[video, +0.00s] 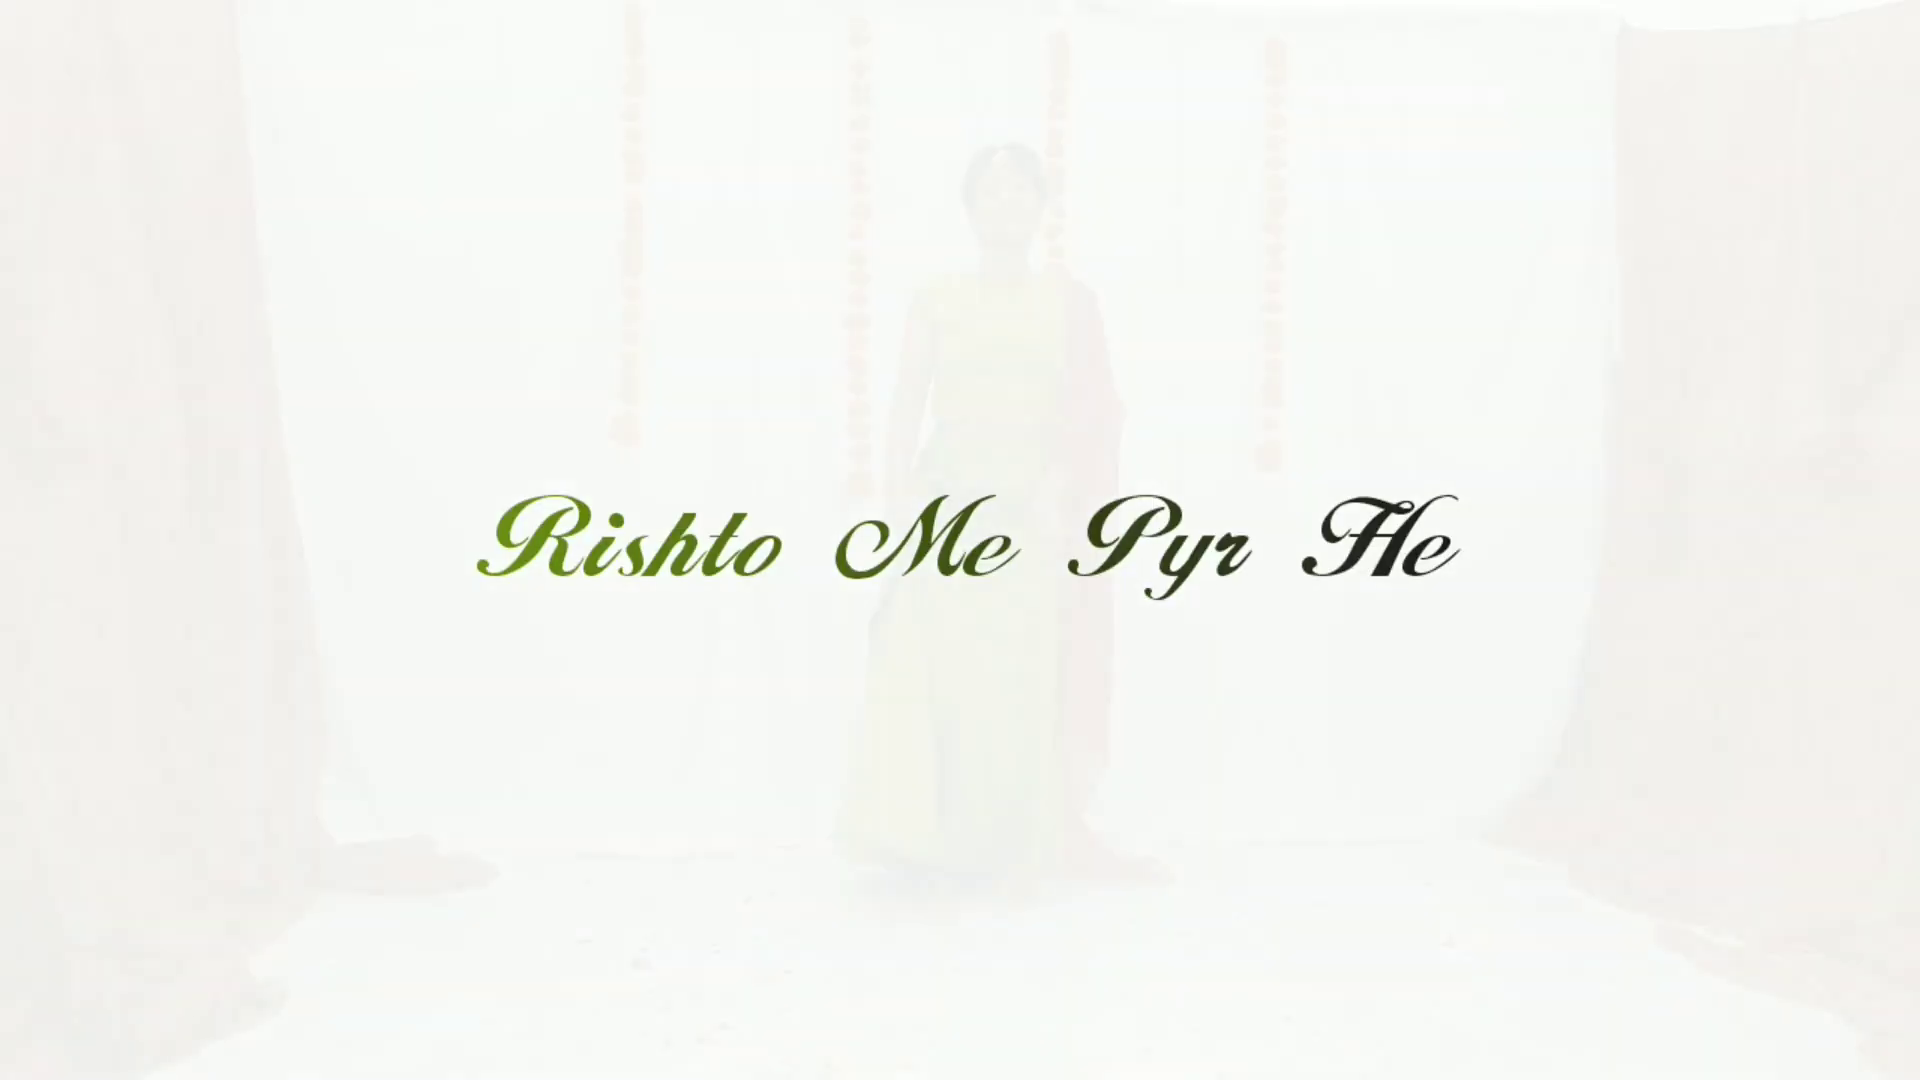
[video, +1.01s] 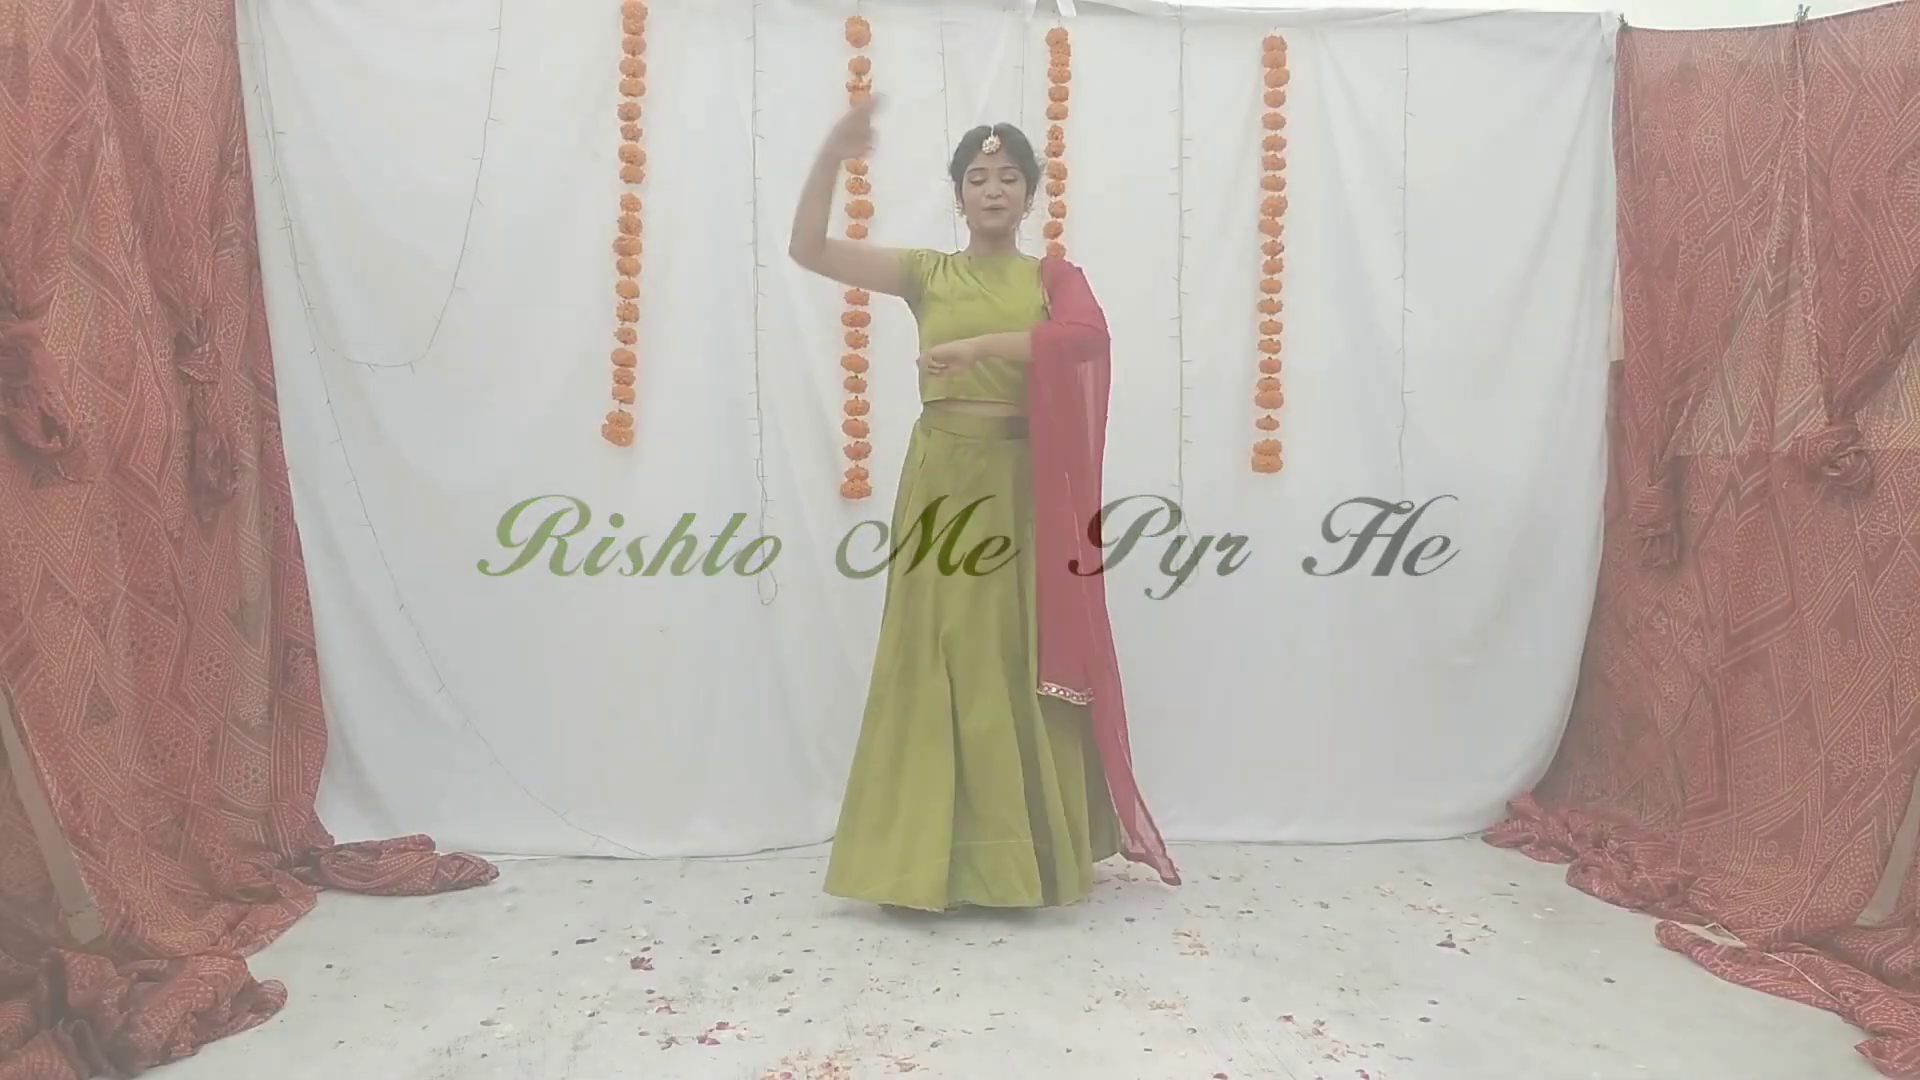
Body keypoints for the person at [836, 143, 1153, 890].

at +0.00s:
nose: (1004, 213)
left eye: (1018, 197)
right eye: (991, 198)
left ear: (1040, 206)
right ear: (970, 206)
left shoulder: (1068, 302)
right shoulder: (940, 299)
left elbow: (1096, 417)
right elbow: (906, 412)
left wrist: (1091, 513)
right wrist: (898, 504)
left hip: (1040, 504)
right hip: (950, 503)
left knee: (1025, 669)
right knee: (946, 667)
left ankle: (1020, 836)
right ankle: (936, 835)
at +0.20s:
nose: (1000, 199)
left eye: (1014, 187)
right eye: (986, 188)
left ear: (1038, 201)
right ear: (967, 202)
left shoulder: (1069, 296)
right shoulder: (934, 296)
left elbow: (1088, 413)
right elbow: (906, 407)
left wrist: (1050, 499)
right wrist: (886, 494)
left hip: (1025, 500)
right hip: (940, 497)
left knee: (1020, 673)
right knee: (947, 673)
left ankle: (1018, 847)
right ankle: (950, 850)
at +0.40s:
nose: (996, 192)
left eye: (1010, 181)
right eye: (982, 182)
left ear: (1036, 197)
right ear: (963, 197)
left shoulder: (1066, 290)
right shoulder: (929, 289)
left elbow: (1083, 411)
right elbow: (903, 400)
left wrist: (1051, 494)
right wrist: (879, 480)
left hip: (1025, 500)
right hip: (942, 495)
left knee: (1020, 675)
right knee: (949, 676)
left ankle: (1018, 857)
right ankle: (951, 857)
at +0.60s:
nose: (993, 217)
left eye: (1008, 206)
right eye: (980, 205)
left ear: (1033, 221)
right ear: (960, 220)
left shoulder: (1063, 313)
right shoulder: (926, 315)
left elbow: (1091, 425)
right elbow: (911, 429)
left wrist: (1061, 508)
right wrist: (874, 532)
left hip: (1027, 518)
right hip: (943, 516)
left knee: (1017, 686)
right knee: (925, 680)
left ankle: (1018, 867)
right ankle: (933, 863)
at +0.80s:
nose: (999, 226)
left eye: (1014, 213)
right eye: (986, 213)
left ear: (1036, 226)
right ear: (965, 225)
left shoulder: (1059, 317)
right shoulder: (931, 309)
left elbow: (1104, 416)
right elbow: (846, 385)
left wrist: (1025, 440)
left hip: (1025, 507)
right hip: (948, 505)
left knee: (1011, 680)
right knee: (932, 674)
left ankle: (1019, 867)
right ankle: (918, 864)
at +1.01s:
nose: (993, 189)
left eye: (1007, 177)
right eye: (979, 176)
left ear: (1029, 194)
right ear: (958, 192)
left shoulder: (1052, 278)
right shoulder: (928, 272)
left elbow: (1089, 341)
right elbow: (810, 248)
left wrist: (981, 348)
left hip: (1025, 475)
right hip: (941, 473)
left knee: (1019, 660)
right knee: (937, 658)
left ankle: (1021, 858)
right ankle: (929, 861)